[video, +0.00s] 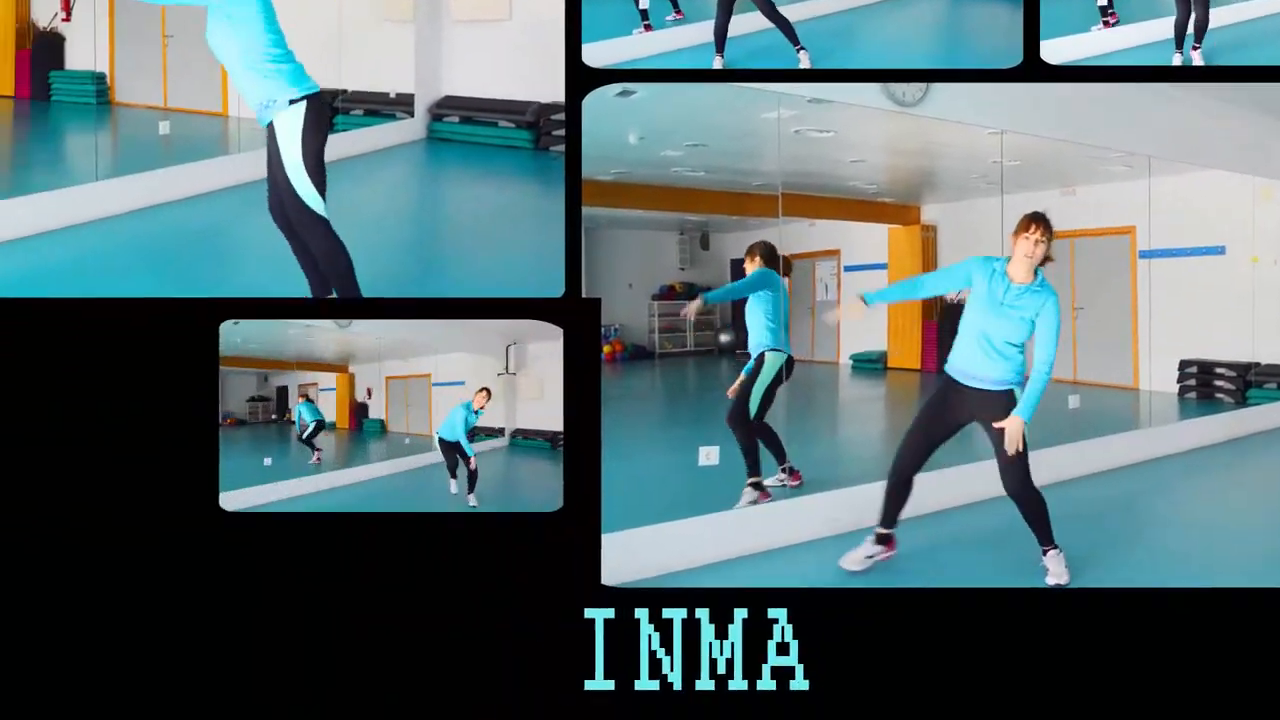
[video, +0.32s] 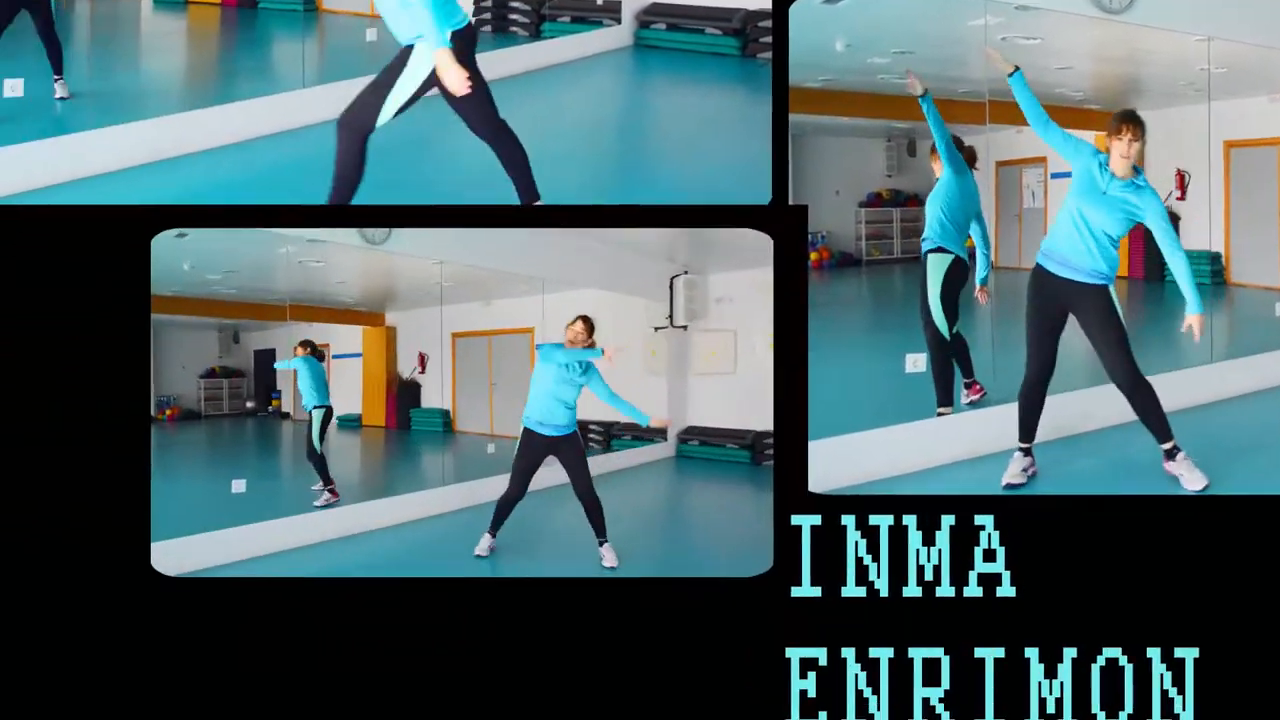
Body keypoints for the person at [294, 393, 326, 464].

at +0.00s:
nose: (299, 401)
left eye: (299, 399)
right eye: (299, 399)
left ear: (301, 399)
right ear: (307, 398)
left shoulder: (299, 406)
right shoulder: (312, 404)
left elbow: (297, 419)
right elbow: (320, 414)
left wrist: (298, 431)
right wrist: (325, 428)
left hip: (314, 421)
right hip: (322, 421)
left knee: (303, 438)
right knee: (308, 439)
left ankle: (316, 450)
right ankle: (316, 456)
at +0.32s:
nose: (295, 352)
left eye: (298, 349)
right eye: (296, 349)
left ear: (307, 350)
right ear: (310, 351)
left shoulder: (302, 361)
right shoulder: (317, 364)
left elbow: (282, 364)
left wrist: (275, 364)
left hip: (319, 409)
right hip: (322, 408)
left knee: (313, 452)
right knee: (314, 450)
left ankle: (331, 491)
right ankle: (326, 481)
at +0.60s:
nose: (297, 304)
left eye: (300, 299)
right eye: (299, 300)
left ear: (309, 301)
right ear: (317, 302)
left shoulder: (313, 321)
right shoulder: (322, 323)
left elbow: (287, 291)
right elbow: (290, 292)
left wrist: (276, 260)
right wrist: (281, 262)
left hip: (321, 398)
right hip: (319, 397)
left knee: (330, 455)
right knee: (305, 453)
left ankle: (348, 519)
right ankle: (339, 495)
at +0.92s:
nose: (291, 272)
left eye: (295, 264)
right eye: (291, 265)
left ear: (311, 267)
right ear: (309, 267)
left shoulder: (319, 292)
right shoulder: (310, 292)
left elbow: (288, 261)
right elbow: (287, 255)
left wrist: (261, 217)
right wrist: (266, 216)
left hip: (317, 394)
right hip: (301, 394)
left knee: (300, 469)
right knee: (275, 466)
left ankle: (329, 537)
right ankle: (330, 521)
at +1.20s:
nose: (271, 258)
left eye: (279, 251)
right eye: (269, 251)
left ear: (297, 253)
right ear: (267, 254)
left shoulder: (304, 283)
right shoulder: (280, 279)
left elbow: (281, 293)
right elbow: (261, 250)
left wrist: (256, 281)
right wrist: (239, 223)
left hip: (307, 398)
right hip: (295, 398)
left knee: (298, 489)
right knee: (313, 482)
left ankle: (307, 585)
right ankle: (332, 561)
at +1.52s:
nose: (222, 313)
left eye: (229, 305)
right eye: (220, 305)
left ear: (254, 309)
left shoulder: (285, 345)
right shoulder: (239, 342)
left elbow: (308, 413)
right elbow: (249, 389)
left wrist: (303, 479)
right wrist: (226, 425)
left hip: (336, 419)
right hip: (303, 421)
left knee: (279, 498)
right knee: (247, 477)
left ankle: (310, 592)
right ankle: (320, 534)